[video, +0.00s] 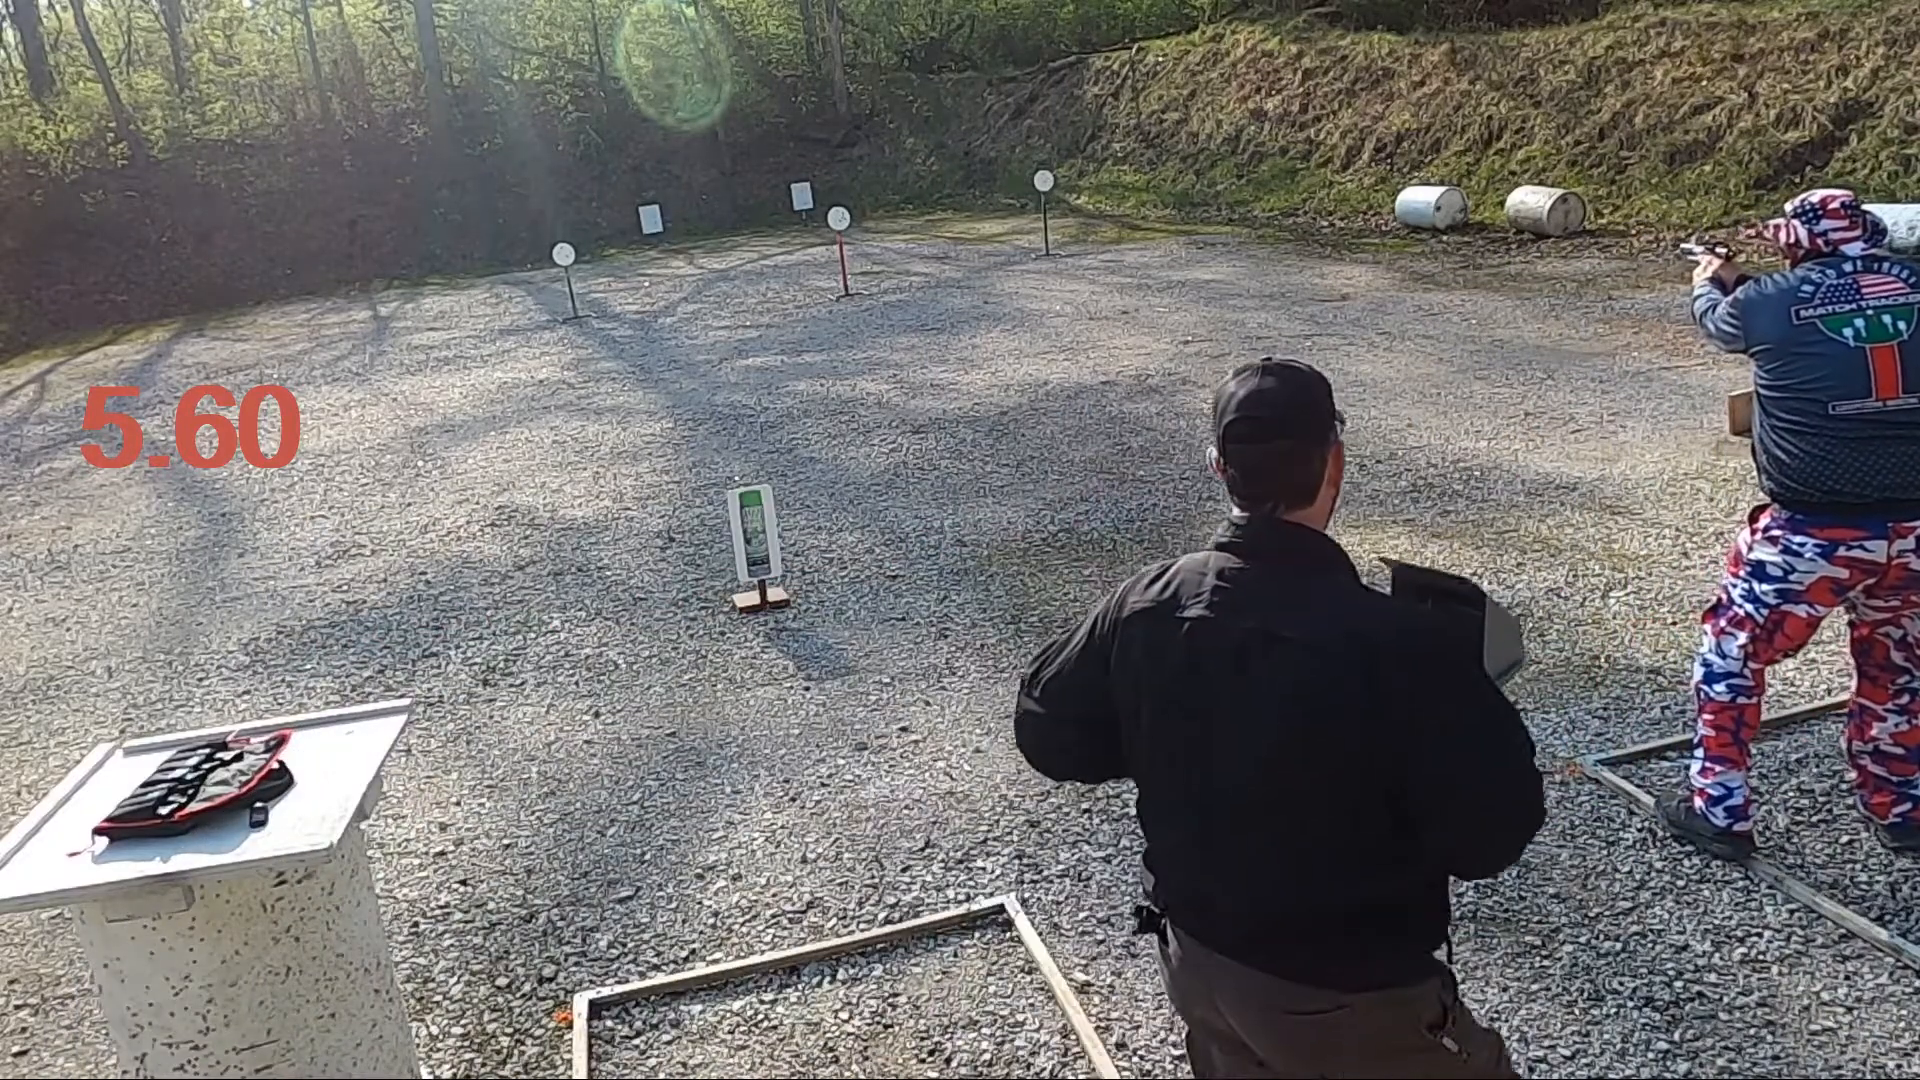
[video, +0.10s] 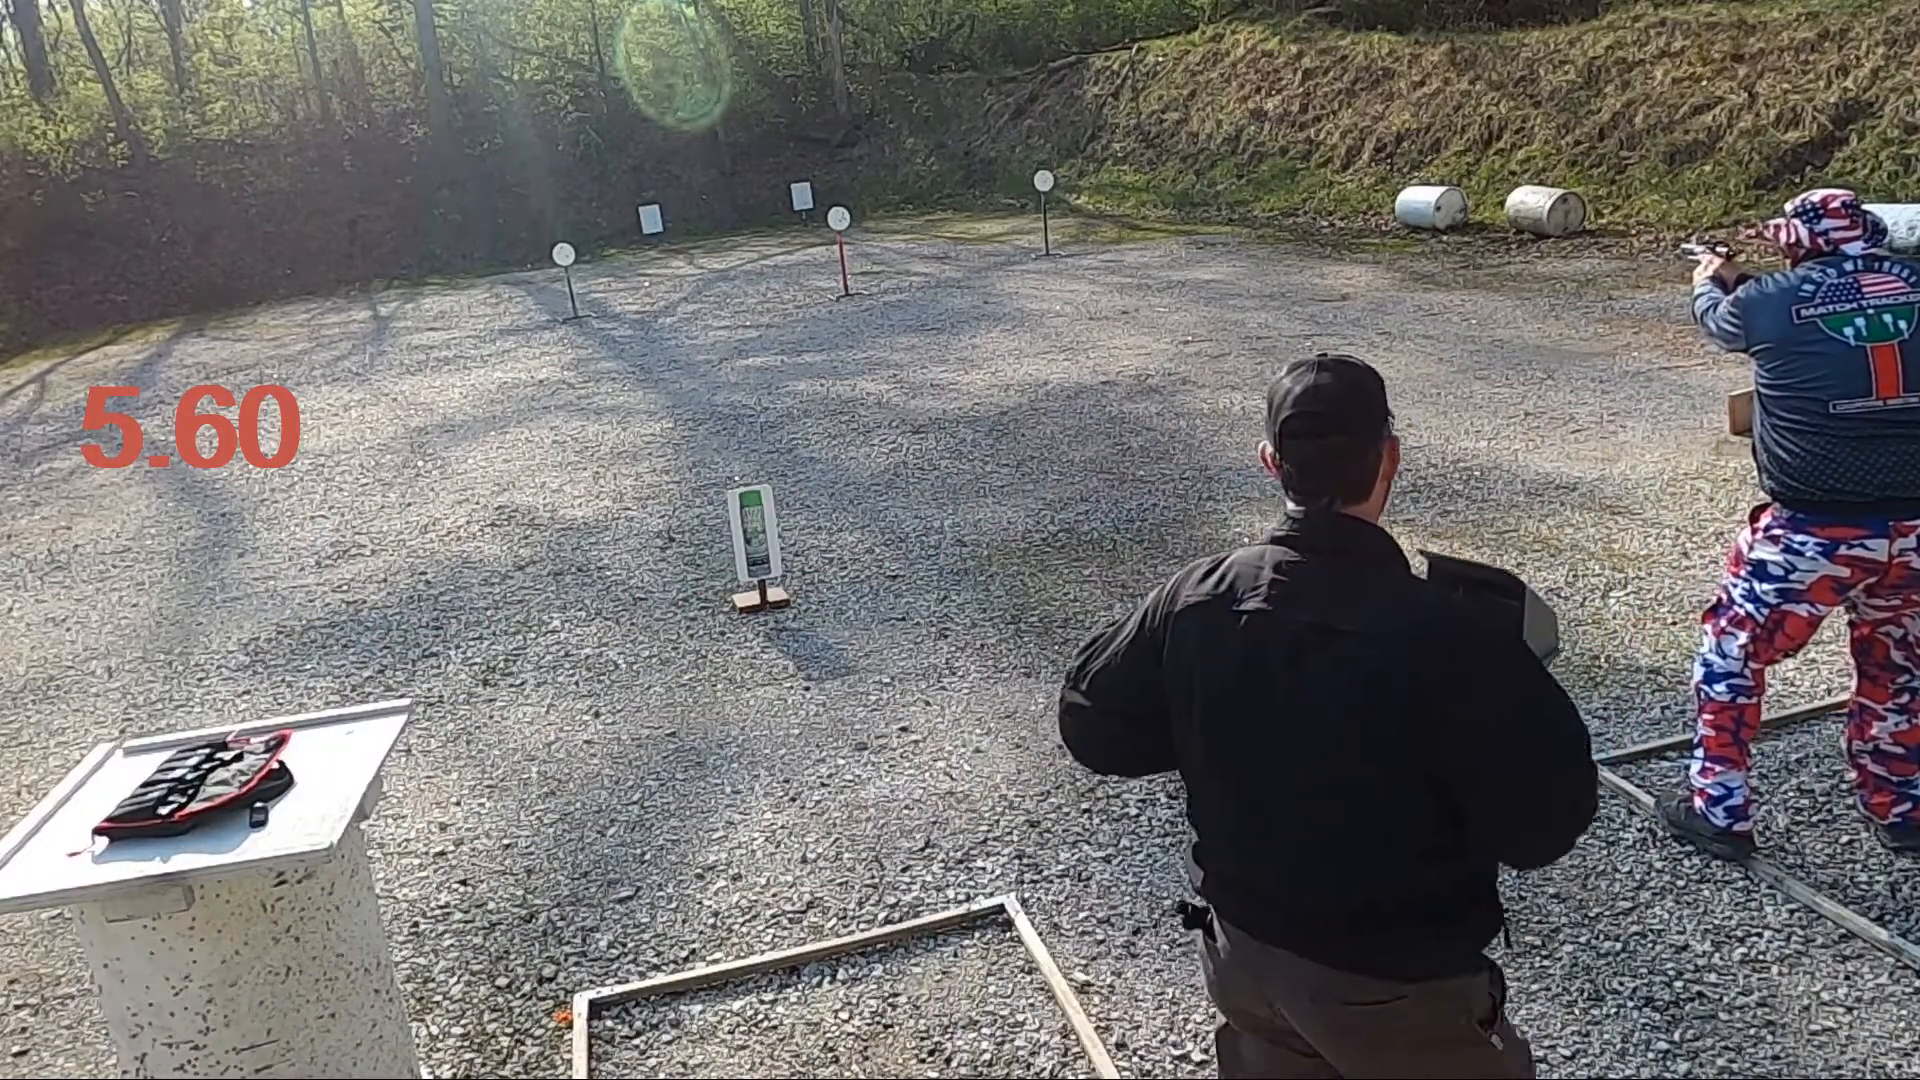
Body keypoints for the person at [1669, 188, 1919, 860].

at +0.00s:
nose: (1789, 245)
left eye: (1791, 236)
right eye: (1786, 235)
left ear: (1804, 244)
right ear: (1868, 234)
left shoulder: (1771, 298)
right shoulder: (1910, 286)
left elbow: (1712, 317)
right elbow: (1867, 270)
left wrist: (1710, 277)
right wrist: (1807, 250)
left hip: (1811, 531)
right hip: (1911, 529)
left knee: (1731, 649)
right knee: (1897, 675)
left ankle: (1720, 812)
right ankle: (1903, 811)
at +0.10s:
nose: (1788, 246)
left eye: (1791, 237)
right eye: (1785, 237)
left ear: (1805, 244)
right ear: (1867, 234)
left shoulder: (1772, 298)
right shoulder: (1910, 287)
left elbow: (1712, 315)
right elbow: (1866, 270)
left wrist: (1710, 276)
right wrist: (1806, 249)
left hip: (1812, 532)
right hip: (1912, 530)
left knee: (1731, 648)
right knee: (1897, 674)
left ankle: (1720, 812)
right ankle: (1903, 811)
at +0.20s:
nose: (1790, 245)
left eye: (1792, 236)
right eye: (1786, 235)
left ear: (1804, 244)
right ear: (1868, 234)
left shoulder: (1773, 298)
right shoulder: (1911, 287)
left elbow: (1714, 315)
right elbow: (1868, 271)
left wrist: (1711, 276)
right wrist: (1807, 250)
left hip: (1813, 531)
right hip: (1913, 530)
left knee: (1732, 646)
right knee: (1897, 674)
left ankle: (1718, 809)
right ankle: (1903, 811)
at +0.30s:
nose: (1794, 249)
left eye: (1796, 240)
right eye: (1791, 238)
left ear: (1804, 246)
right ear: (1870, 233)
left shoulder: (1771, 299)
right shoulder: (1908, 283)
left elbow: (1714, 313)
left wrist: (1712, 275)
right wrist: (1809, 253)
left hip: (1814, 530)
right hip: (1910, 529)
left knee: (1730, 650)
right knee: (1896, 673)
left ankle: (1722, 812)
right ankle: (1901, 811)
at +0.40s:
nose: (1793, 247)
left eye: (1795, 238)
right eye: (1789, 237)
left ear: (1806, 244)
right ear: (1870, 233)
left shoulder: (1774, 297)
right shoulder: (1912, 285)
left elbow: (1715, 313)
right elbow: (1870, 272)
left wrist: (1713, 275)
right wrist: (1809, 249)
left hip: (1814, 530)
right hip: (1913, 529)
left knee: (1727, 656)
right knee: (1897, 678)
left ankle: (1719, 810)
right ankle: (1903, 810)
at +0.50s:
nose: (1793, 251)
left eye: (1796, 242)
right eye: (1791, 241)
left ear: (1805, 245)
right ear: (1871, 232)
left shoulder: (1772, 297)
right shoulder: (1909, 282)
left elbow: (1716, 312)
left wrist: (1714, 273)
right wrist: (1809, 255)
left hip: (1812, 528)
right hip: (1910, 529)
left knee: (1745, 657)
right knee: (1896, 676)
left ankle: (1725, 812)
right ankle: (1900, 809)